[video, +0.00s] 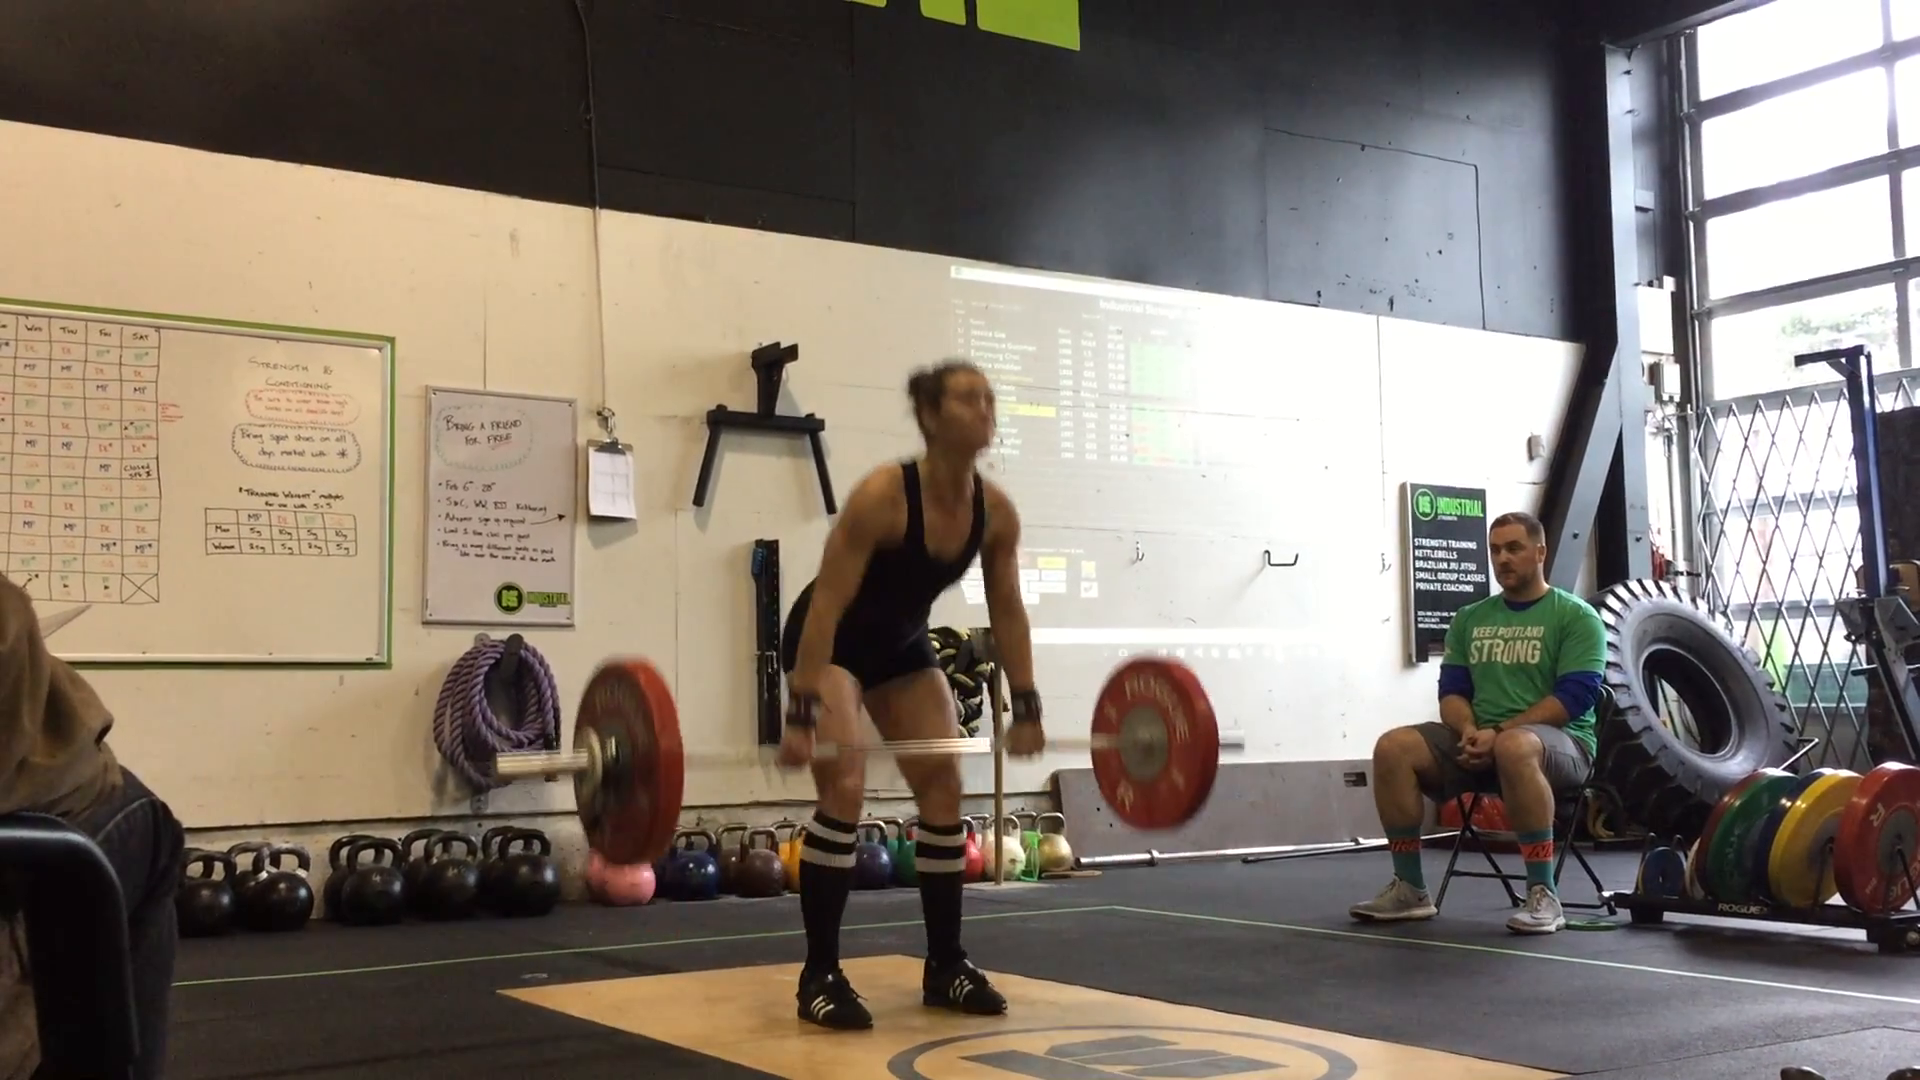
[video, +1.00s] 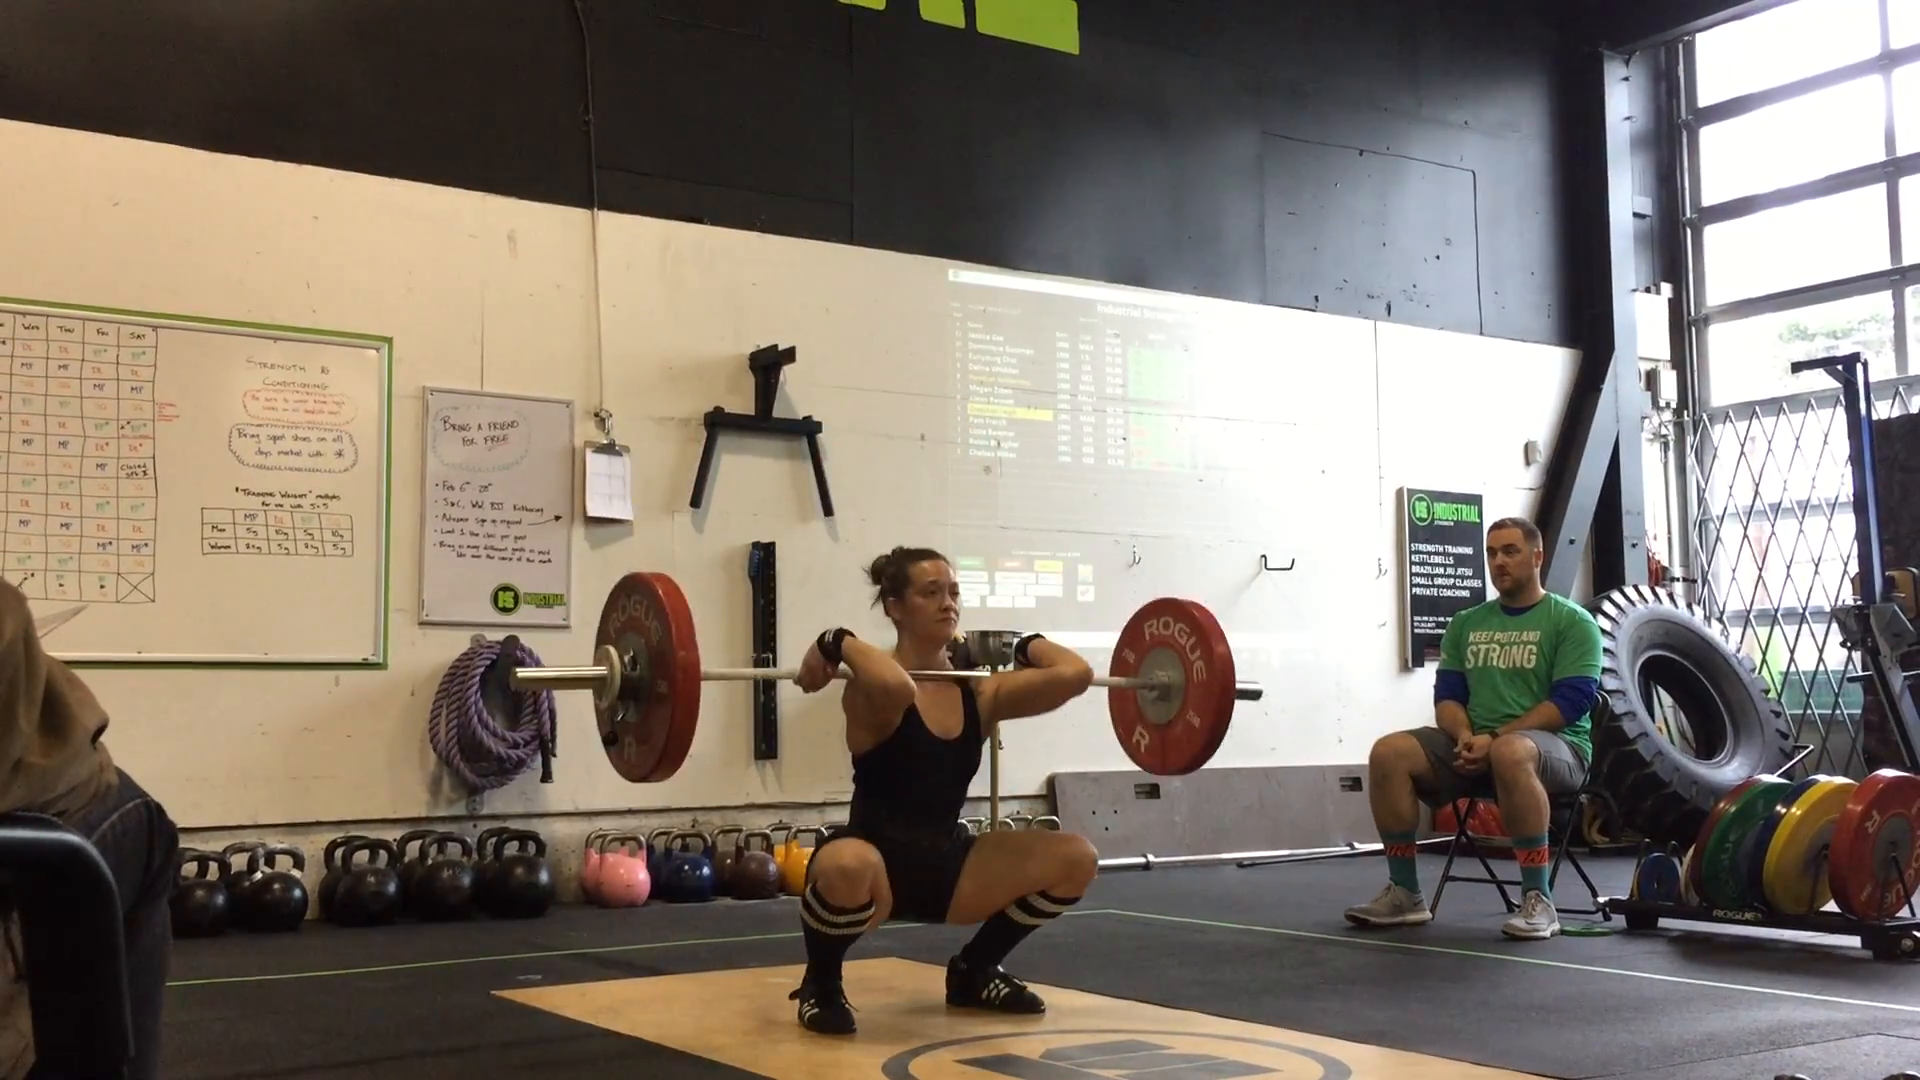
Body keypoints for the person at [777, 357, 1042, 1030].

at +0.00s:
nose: (984, 411)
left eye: (988, 400)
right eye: (968, 400)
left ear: (993, 416)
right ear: (929, 415)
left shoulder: (995, 510)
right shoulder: (880, 495)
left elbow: (1006, 609)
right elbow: (826, 601)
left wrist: (1025, 705)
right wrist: (802, 705)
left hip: (901, 642)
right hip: (830, 636)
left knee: (942, 784)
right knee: (844, 790)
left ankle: (945, 969)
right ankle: (820, 975)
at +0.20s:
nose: (912, 344)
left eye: (916, 334)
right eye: (898, 333)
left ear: (917, 346)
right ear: (860, 342)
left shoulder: (936, 425)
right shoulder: (829, 418)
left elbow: (975, 509)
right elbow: (815, 508)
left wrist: (1024, 592)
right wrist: (810, 591)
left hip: (937, 622)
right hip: (858, 625)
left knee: (963, 787)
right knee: (864, 791)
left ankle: (950, 959)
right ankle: (827, 971)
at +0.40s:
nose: (925, 372)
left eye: (930, 362)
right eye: (910, 362)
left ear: (934, 373)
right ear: (873, 372)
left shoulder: (942, 450)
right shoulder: (838, 435)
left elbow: (974, 540)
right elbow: (759, 491)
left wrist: (1024, 526)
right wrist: (803, 498)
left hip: (914, 647)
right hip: (840, 646)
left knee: (987, 798)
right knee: (852, 804)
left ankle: (973, 970)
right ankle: (819, 981)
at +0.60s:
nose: (949, 470)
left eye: (950, 460)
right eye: (932, 462)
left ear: (955, 477)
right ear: (894, 481)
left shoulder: (978, 569)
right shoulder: (876, 564)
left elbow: (1063, 587)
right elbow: (877, 633)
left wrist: (1042, 533)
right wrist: (851, 549)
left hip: (928, 745)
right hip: (854, 736)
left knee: (1048, 830)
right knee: (853, 838)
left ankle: (975, 971)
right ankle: (820, 983)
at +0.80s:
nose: (949, 557)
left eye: (954, 545)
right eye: (934, 545)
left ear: (960, 556)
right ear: (897, 559)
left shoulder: (981, 644)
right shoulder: (872, 642)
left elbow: (1074, 629)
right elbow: (897, 638)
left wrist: (1035, 598)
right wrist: (843, 595)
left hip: (940, 822)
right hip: (859, 817)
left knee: (1064, 854)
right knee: (856, 860)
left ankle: (974, 971)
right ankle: (823, 983)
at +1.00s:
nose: (949, 602)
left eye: (954, 591)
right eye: (932, 592)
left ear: (959, 601)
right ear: (893, 608)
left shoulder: (982, 693)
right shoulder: (870, 692)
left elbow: (1075, 674)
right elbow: (896, 684)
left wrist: (1011, 644)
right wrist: (837, 640)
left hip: (951, 869)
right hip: (875, 868)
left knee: (1075, 858)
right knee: (845, 863)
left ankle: (974, 970)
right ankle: (822, 985)